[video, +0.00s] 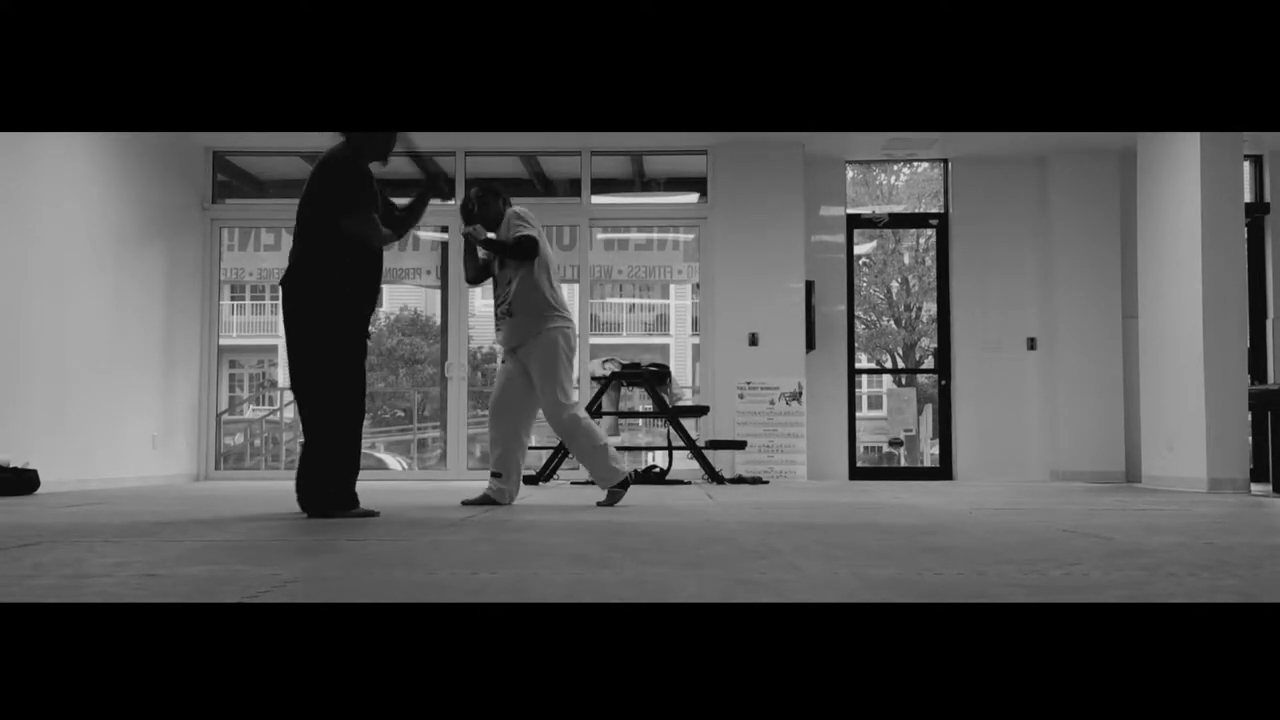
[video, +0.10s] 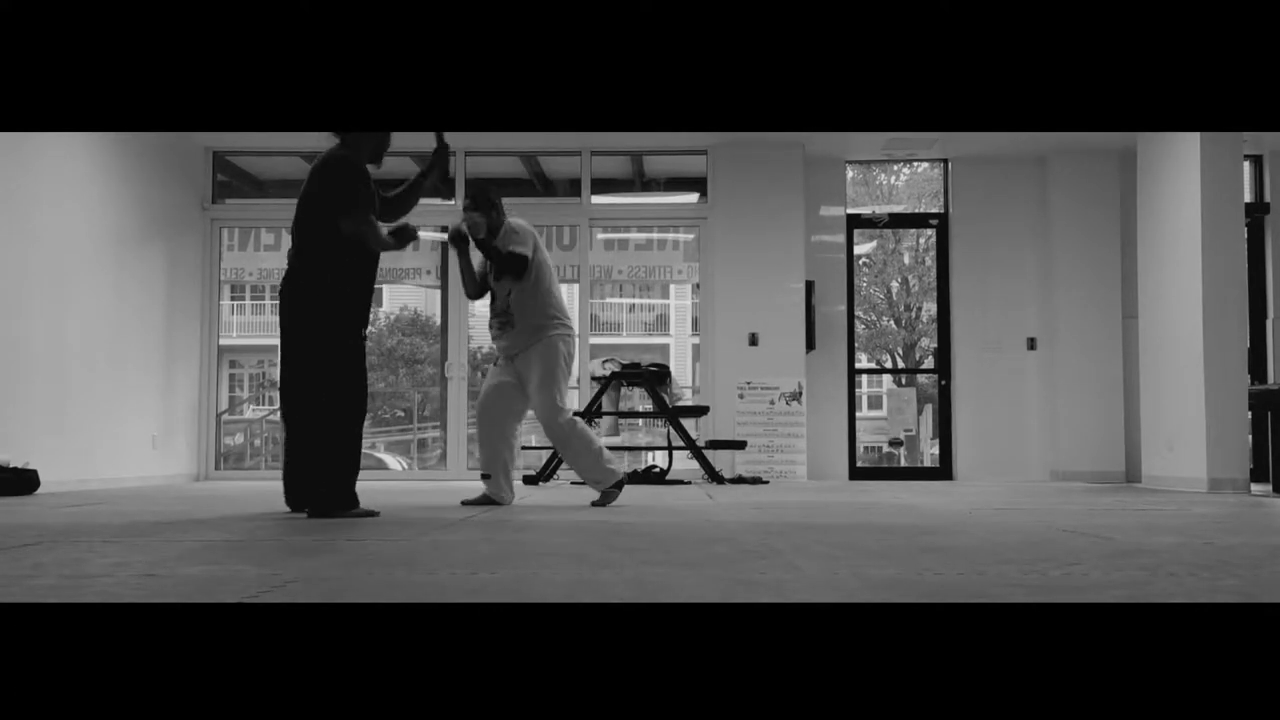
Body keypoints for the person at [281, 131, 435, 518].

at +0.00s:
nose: (393, 146)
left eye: (393, 140)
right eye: (390, 138)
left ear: (364, 135)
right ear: (372, 135)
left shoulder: (355, 171)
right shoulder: (343, 168)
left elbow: (394, 227)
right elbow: (373, 235)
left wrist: (426, 193)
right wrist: (388, 228)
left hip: (339, 305)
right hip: (325, 305)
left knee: (338, 399)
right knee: (334, 399)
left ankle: (328, 497)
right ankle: (329, 499)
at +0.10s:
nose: (388, 144)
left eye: (388, 138)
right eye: (385, 137)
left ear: (353, 137)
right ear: (367, 136)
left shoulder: (344, 169)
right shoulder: (345, 170)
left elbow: (388, 209)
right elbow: (363, 233)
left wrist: (429, 174)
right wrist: (392, 241)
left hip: (317, 305)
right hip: (331, 309)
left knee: (314, 397)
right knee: (343, 398)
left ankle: (306, 494)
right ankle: (333, 500)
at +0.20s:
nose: (380, 147)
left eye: (381, 140)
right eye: (377, 139)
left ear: (341, 138)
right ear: (360, 138)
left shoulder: (324, 167)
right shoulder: (348, 172)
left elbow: (370, 212)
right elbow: (360, 231)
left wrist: (410, 193)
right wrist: (393, 261)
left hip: (304, 304)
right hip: (331, 308)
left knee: (304, 395)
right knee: (341, 397)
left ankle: (300, 494)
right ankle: (333, 499)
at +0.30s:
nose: (379, 150)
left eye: (378, 143)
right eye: (377, 142)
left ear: (333, 138)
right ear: (364, 140)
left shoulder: (310, 173)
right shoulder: (348, 176)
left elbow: (322, 238)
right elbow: (364, 244)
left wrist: (375, 238)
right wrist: (399, 293)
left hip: (291, 305)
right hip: (324, 309)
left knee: (297, 394)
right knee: (332, 395)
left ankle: (297, 495)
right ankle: (330, 500)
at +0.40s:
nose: (376, 155)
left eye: (377, 148)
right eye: (374, 147)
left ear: (333, 141)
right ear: (358, 143)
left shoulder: (305, 176)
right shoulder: (349, 177)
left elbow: (287, 242)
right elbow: (367, 237)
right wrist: (390, 285)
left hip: (280, 302)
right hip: (314, 306)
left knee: (285, 394)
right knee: (316, 393)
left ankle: (293, 496)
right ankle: (309, 496)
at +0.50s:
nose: (372, 161)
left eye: (373, 152)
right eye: (370, 151)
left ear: (328, 145)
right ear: (353, 148)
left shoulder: (296, 183)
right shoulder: (342, 178)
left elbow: (279, 248)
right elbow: (366, 233)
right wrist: (402, 265)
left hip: (274, 299)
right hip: (303, 305)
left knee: (294, 398)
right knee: (288, 397)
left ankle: (299, 491)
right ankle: (255, 490)